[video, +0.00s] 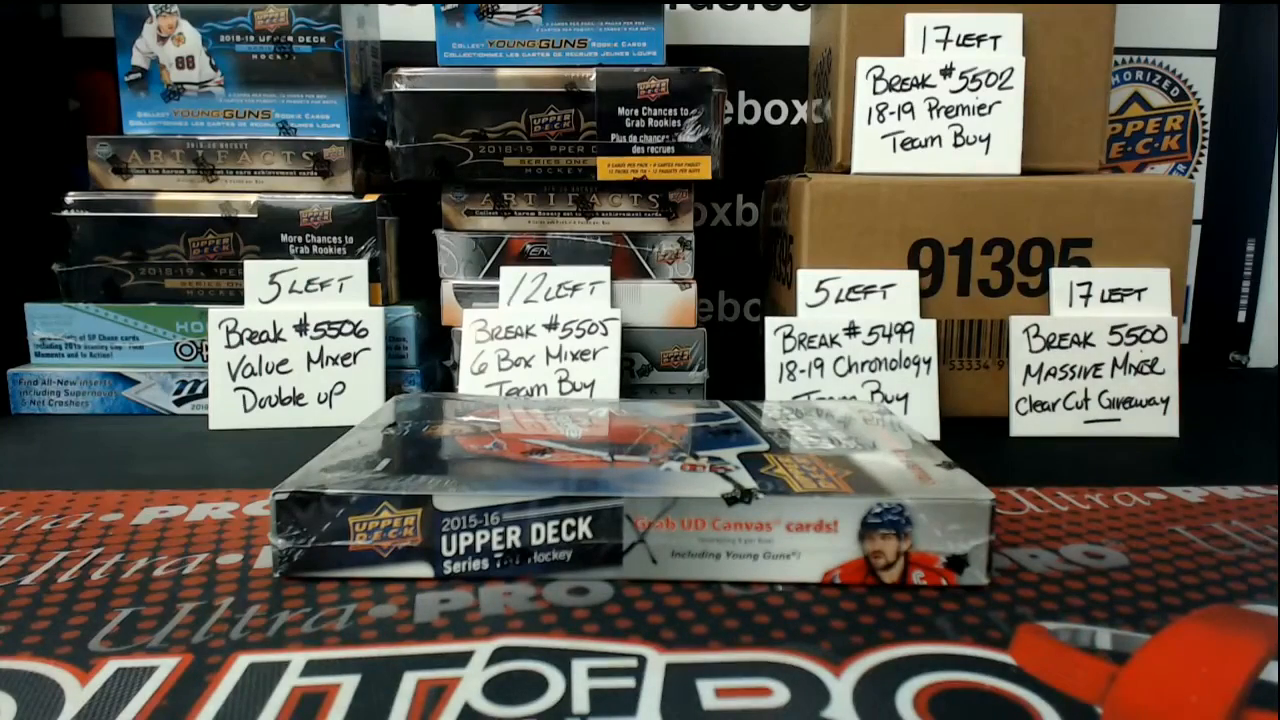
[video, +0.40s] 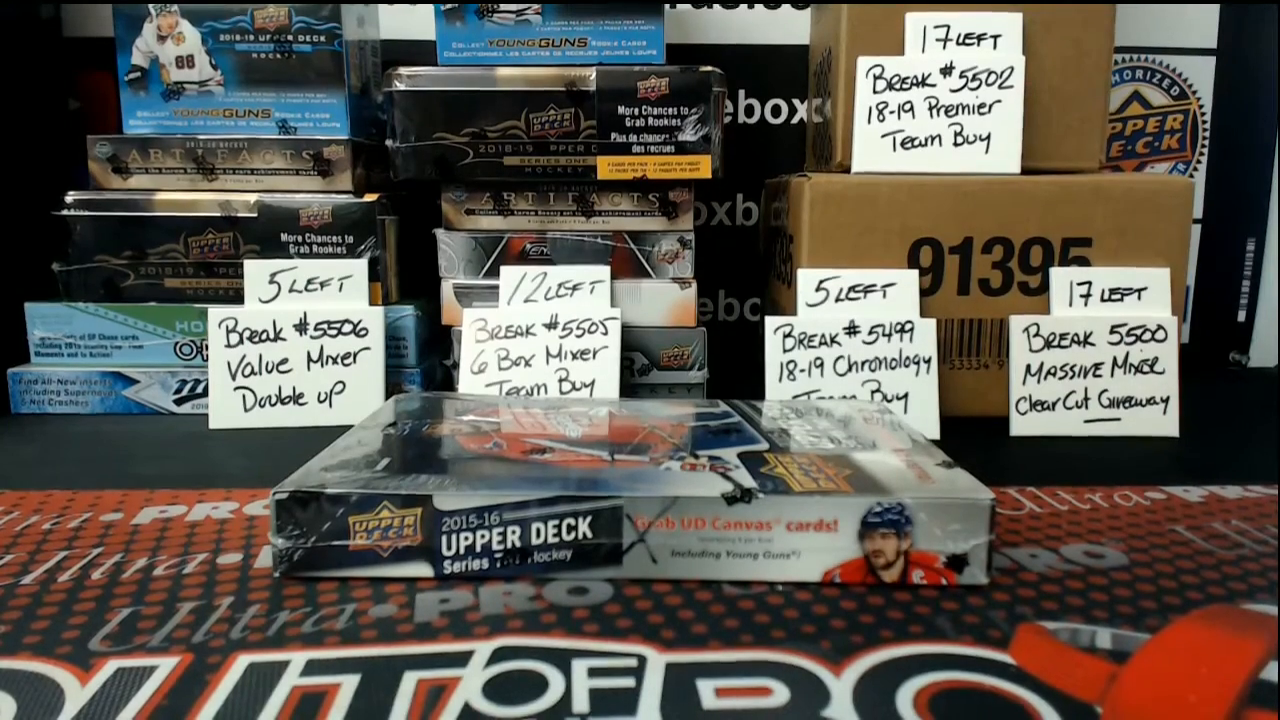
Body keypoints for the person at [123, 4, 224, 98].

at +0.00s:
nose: (170, 22)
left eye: (173, 17)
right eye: (164, 18)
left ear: (178, 17)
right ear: (156, 20)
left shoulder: (186, 35)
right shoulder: (150, 28)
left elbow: (188, 67)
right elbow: (141, 50)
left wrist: (178, 88)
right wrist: (137, 71)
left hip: (208, 84)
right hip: (181, 84)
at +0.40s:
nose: (169, 22)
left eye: (172, 16)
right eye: (163, 17)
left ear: (177, 16)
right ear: (155, 19)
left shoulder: (186, 34)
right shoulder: (149, 28)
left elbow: (188, 66)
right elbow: (141, 49)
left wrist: (179, 87)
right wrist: (137, 70)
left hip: (209, 83)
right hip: (182, 85)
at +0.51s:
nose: (170, 23)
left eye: (173, 17)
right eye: (164, 18)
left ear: (178, 17)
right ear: (156, 20)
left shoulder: (186, 36)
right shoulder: (150, 28)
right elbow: (142, 50)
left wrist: (178, 89)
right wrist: (137, 72)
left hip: (208, 84)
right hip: (181, 84)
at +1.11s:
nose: (170, 22)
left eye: (173, 17)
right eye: (164, 18)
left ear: (178, 17)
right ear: (156, 20)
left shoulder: (186, 36)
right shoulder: (150, 28)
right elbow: (142, 50)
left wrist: (179, 89)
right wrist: (137, 72)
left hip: (209, 84)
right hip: (181, 83)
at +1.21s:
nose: (170, 22)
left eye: (173, 17)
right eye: (164, 17)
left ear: (178, 17)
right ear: (156, 20)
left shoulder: (186, 34)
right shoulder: (150, 29)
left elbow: (188, 65)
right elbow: (142, 50)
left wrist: (180, 87)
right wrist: (137, 73)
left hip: (208, 83)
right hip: (181, 84)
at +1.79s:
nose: (170, 22)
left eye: (173, 17)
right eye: (164, 18)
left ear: (178, 17)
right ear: (156, 20)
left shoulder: (186, 35)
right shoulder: (150, 28)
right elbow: (141, 50)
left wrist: (179, 89)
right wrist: (137, 74)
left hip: (209, 84)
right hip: (181, 85)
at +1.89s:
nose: (170, 22)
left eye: (173, 17)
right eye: (164, 18)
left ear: (178, 17)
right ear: (156, 20)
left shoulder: (186, 35)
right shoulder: (150, 28)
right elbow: (141, 50)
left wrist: (179, 89)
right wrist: (137, 74)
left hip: (209, 84)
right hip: (181, 85)